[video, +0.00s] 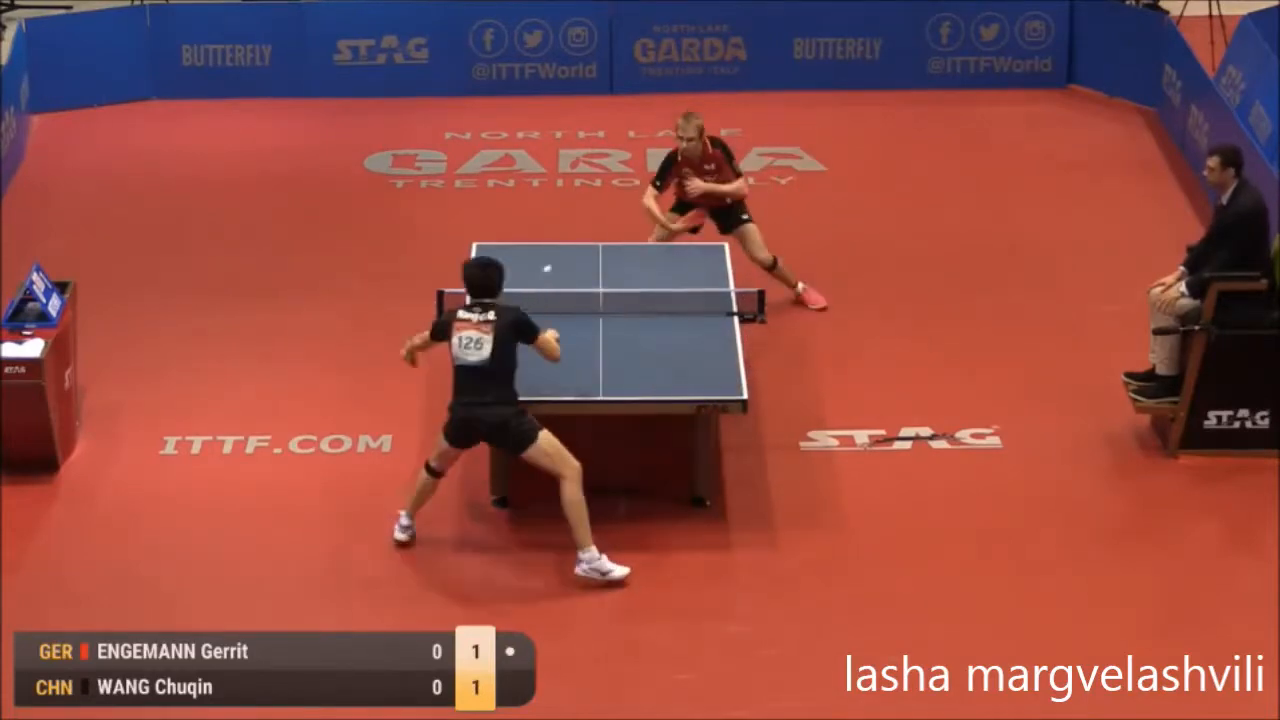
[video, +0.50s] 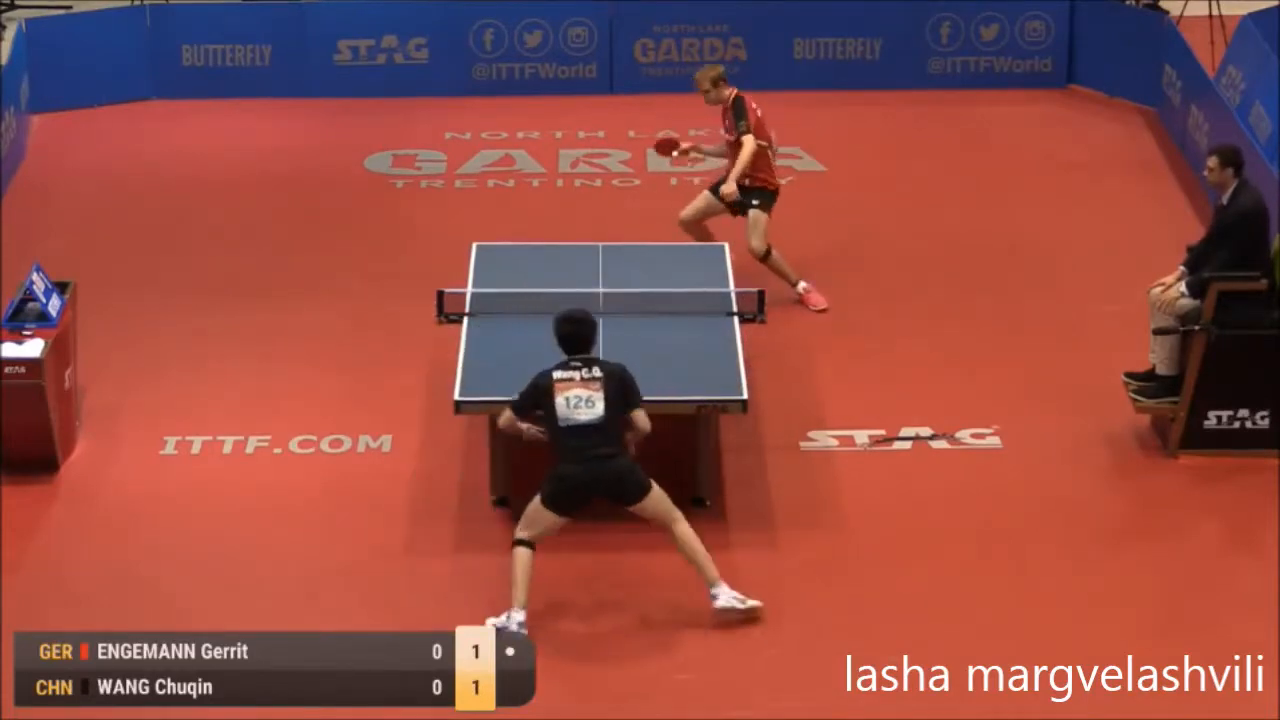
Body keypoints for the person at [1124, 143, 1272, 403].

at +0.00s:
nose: (1205, 174)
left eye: (1211, 169)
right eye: (1206, 168)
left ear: (1230, 172)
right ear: (1222, 172)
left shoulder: (1246, 206)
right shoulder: (1229, 199)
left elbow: (1227, 263)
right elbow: (1209, 244)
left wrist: (1184, 288)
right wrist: (1179, 274)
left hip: (1238, 291)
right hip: (1221, 279)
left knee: (1166, 305)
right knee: (1156, 295)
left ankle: (1169, 378)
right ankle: (1160, 369)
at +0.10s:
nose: (1205, 174)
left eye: (1211, 169)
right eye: (1206, 169)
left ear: (1229, 171)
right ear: (1223, 172)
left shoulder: (1246, 206)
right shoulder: (1229, 199)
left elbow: (1227, 263)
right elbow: (1209, 244)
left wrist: (1185, 287)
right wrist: (1179, 274)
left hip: (1238, 291)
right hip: (1221, 279)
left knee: (1166, 305)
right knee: (1156, 295)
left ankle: (1169, 378)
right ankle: (1160, 369)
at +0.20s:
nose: (1205, 174)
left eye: (1211, 169)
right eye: (1206, 169)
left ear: (1229, 171)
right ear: (1223, 172)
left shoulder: (1246, 206)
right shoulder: (1229, 199)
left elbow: (1227, 263)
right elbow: (1209, 244)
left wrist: (1185, 287)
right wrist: (1179, 274)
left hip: (1238, 291)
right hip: (1221, 279)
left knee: (1166, 305)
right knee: (1156, 295)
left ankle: (1169, 378)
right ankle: (1160, 369)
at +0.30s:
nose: (1205, 174)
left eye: (1210, 169)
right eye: (1206, 169)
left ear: (1228, 171)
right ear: (1223, 172)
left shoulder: (1246, 206)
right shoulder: (1229, 200)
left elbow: (1227, 263)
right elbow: (1209, 244)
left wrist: (1185, 287)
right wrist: (1179, 274)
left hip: (1238, 291)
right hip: (1221, 279)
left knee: (1166, 305)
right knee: (1156, 295)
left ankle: (1169, 378)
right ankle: (1160, 369)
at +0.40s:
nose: (1205, 174)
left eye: (1210, 169)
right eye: (1206, 169)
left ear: (1228, 171)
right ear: (1223, 172)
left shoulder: (1246, 206)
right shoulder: (1229, 200)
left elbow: (1227, 263)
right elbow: (1209, 244)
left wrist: (1185, 287)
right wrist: (1179, 274)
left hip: (1238, 291)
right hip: (1221, 279)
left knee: (1166, 305)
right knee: (1156, 295)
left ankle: (1169, 378)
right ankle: (1160, 369)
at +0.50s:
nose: (1205, 175)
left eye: (1211, 170)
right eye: (1206, 169)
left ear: (1229, 171)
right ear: (1223, 172)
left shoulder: (1246, 206)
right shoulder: (1229, 200)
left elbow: (1227, 263)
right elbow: (1209, 244)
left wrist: (1185, 287)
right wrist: (1179, 274)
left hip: (1238, 291)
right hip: (1221, 279)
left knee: (1166, 305)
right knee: (1156, 295)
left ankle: (1169, 378)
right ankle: (1160, 369)